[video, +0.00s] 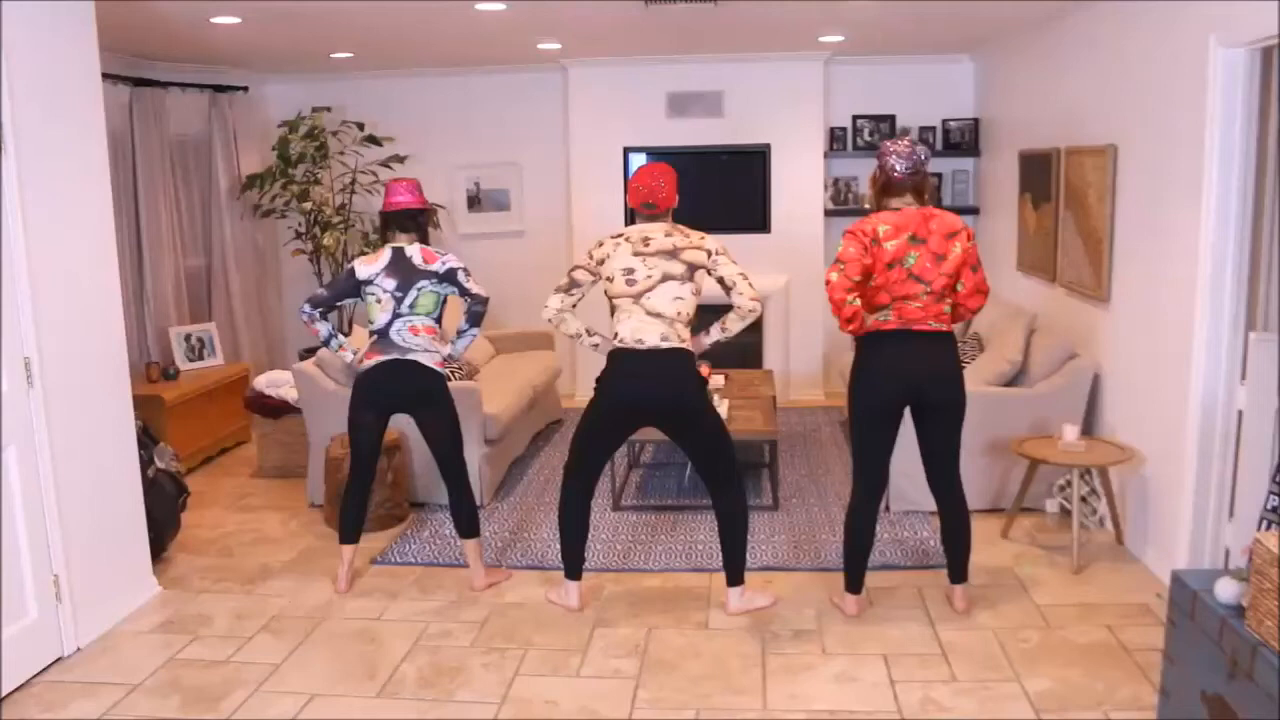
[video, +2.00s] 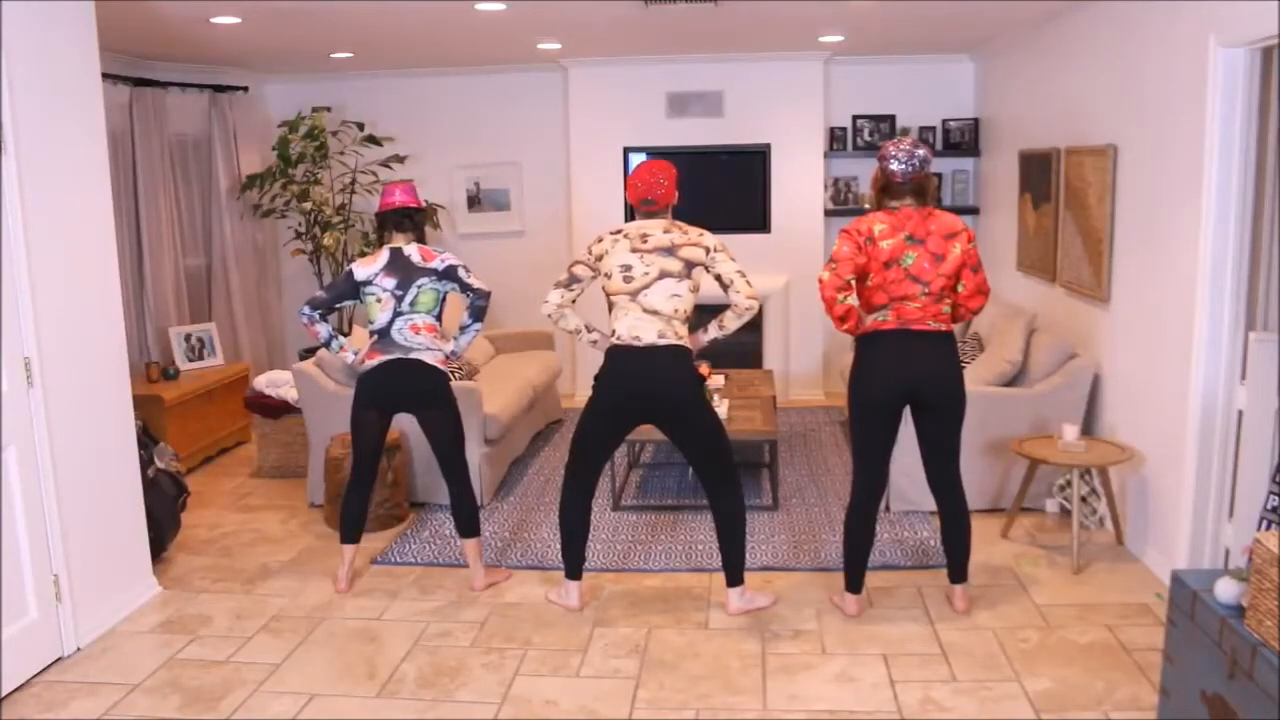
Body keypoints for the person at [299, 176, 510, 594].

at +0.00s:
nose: (424, 225)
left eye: (404, 222)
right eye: (423, 220)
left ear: (385, 224)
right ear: (423, 222)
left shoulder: (365, 266)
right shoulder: (442, 262)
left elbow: (310, 308)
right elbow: (478, 299)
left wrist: (346, 350)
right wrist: (456, 350)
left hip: (373, 379)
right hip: (426, 379)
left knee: (360, 472)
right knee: (455, 472)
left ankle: (344, 572)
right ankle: (479, 572)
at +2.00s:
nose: (418, 225)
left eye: (393, 222)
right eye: (420, 219)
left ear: (381, 223)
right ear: (421, 220)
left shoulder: (366, 266)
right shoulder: (439, 260)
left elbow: (309, 311)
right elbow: (480, 295)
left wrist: (348, 352)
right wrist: (457, 347)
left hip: (376, 380)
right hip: (427, 379)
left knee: (362, 474)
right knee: (456, 473)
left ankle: (345, 572)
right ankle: (479, 573)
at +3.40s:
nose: (374, 228)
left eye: (376, 223)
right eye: (378, 222)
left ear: (381, 227)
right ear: (419, 227)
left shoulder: (378, 268)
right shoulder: (437, 266)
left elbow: (373, 326)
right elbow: (496, 300)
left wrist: (389, 354)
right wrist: (472, 344)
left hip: (424, 386)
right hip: (463, 376)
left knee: (378, 473)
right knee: (444, 461)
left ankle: (407, 577)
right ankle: (458, 556)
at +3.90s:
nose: (326, 225)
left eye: (331, 218)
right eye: (328, 217)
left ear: (349, 224)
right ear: (364, 223)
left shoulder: (363, 272)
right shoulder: (387, 261)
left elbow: (373, 345)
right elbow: (433, 292)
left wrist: (324, 358)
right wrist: (421, 338)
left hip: (416, 389)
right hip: (437, 377)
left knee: (373, 480)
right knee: (411, 461)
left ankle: (408, 583)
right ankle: (458, 545)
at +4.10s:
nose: (316, 223)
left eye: (323, 218)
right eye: (319, 216)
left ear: (343, 227)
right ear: (353, 228)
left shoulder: (356, 275)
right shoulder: (377, 261)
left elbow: (370, 342)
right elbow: (416, 288)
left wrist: (319, 368)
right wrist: (404, 339)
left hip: (406, 393)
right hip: (423, 381)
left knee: (364, 487)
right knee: (388, 458)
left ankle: (408, 583)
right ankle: (420, 540)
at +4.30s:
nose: (309, 226)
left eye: (317, 221)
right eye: (312, 219)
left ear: (339, 233)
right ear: (343, 233)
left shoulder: (347, 284)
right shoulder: (368, 261)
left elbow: (330, 364)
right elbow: (403, 284)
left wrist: (303, 378)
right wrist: (396, 335)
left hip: (402, 394)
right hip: (410, 383)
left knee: (361, 491)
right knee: (367, 467)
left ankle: (408, 583)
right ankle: (366, 539)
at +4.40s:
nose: (308, 227)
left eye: (317, 224)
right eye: (312, 221)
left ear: (338, 237)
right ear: (337, 237)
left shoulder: (351, 286)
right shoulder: (350, 273)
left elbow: (329, 366)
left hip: (403, 393)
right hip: (388, 388)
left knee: (361, 484)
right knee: (351, 462)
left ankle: (409, 582)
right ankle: (359, 543)